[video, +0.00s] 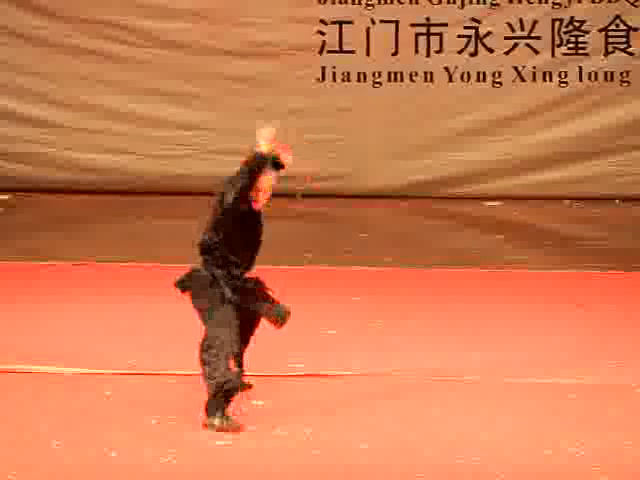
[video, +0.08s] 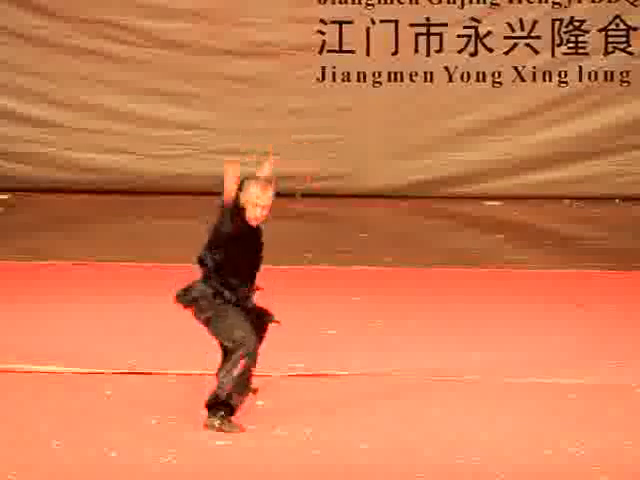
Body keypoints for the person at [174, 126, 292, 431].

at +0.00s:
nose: (266, 195)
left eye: (269, 189)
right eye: (262, 188)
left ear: (270, 191)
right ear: (248, 187)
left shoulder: (253, 217)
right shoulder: (232, 210)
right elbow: (236, 189)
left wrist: (274, 163)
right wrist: (257, 160)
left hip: (233, 278)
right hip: (210, 277)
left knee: (249, 314)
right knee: (222, 324)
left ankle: (232, 365)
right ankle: (216, 401)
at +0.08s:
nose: (261, 213)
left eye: (265, 207)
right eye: (255, 206)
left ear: (270, 206)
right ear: (243, 203)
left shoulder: (252, 227)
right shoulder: (231, 224)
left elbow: (262, 193)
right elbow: (229, 204)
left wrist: (266, 172)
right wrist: (231, 186)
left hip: (233, 299)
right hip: (212, 298)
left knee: (256, 327)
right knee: (244, 341)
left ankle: (235, 380)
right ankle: (219, 409)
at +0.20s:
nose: (260, 223)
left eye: (267, 218)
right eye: (255, 216)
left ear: (274, 215)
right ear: (243, 208)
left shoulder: (261, 236)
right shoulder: (232, 229)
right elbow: (226, 248)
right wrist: (217, 261)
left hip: (231, 300)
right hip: (211, 302)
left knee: (261, 321)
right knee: (245, 341)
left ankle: (242, 383)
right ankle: (219, 411)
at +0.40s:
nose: (287, 209)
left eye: (290, 203)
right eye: (284, 202)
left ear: (291, 200)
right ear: (270, 197)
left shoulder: (274, 218)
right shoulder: (254, 216)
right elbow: (223, 257)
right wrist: (237, 246)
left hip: (240, 287)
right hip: (225, 289)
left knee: (271, 314)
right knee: (254, 346)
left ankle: (263, 379)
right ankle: (231, 411)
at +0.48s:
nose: (299, 191)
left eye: (301, 186)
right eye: (294, 185)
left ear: (298, 185)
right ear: (278, 180)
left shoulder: (278, 198)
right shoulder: (263, 205)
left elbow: (294, 203)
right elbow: (246, 252)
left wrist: (310, 208)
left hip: (249, 273)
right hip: (229, 274)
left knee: (277, 315)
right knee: (234, 332)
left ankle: (264, 381)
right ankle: (228, 399)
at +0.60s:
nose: (300, 172)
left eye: (304, 166)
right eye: (294, 165)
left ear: (308, 166)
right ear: (279, 162)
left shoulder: (302, 196)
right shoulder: (270, 193)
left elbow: (304, 236)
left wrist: (320, 231)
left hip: (278, 276)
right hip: (253, 274)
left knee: (307, 327)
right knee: (253, 337)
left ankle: (280, 385)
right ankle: (201, 374)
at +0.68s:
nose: (297, 165)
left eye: (302, 160)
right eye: (292, 158)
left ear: (308, 160)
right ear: (277, 156)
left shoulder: (300, 187)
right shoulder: (274, 187)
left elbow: (330, 188)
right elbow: (315, 193)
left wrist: (342, 160)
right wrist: (340, 163)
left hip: (296, 270)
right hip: (270, 269)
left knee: (321, 329)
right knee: (262, 338)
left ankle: (290, 386)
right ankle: (241, 347)